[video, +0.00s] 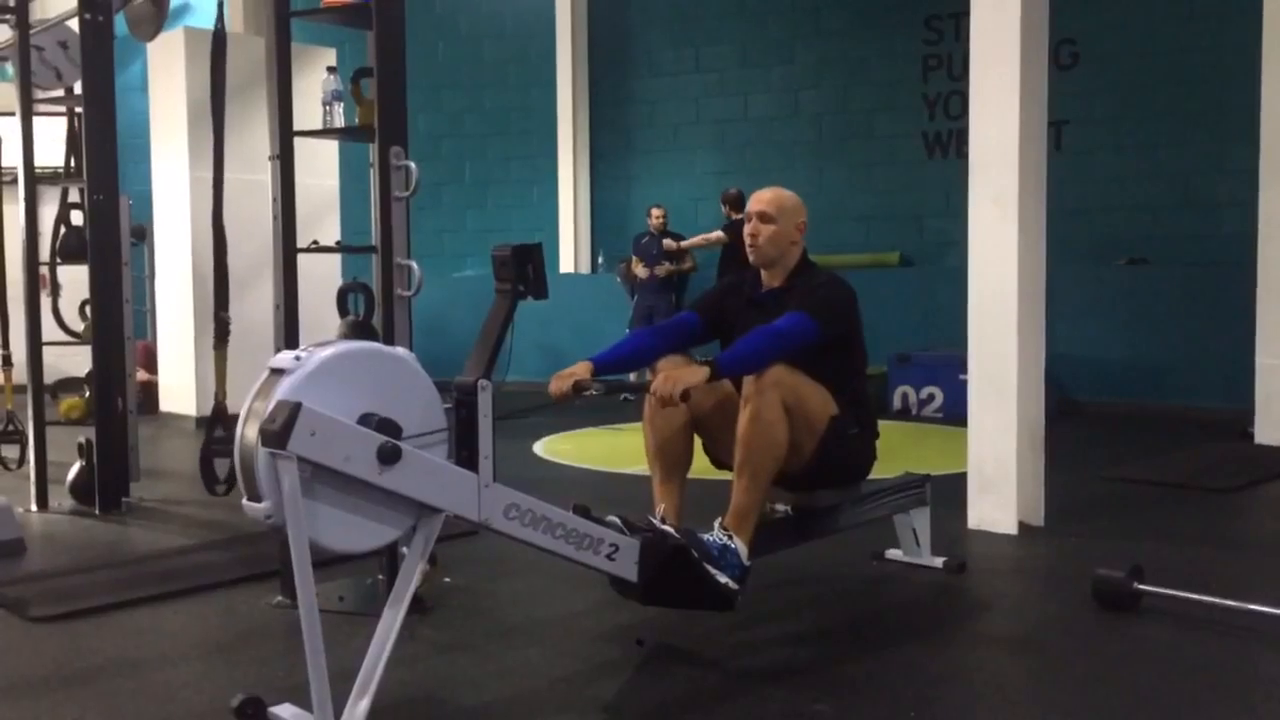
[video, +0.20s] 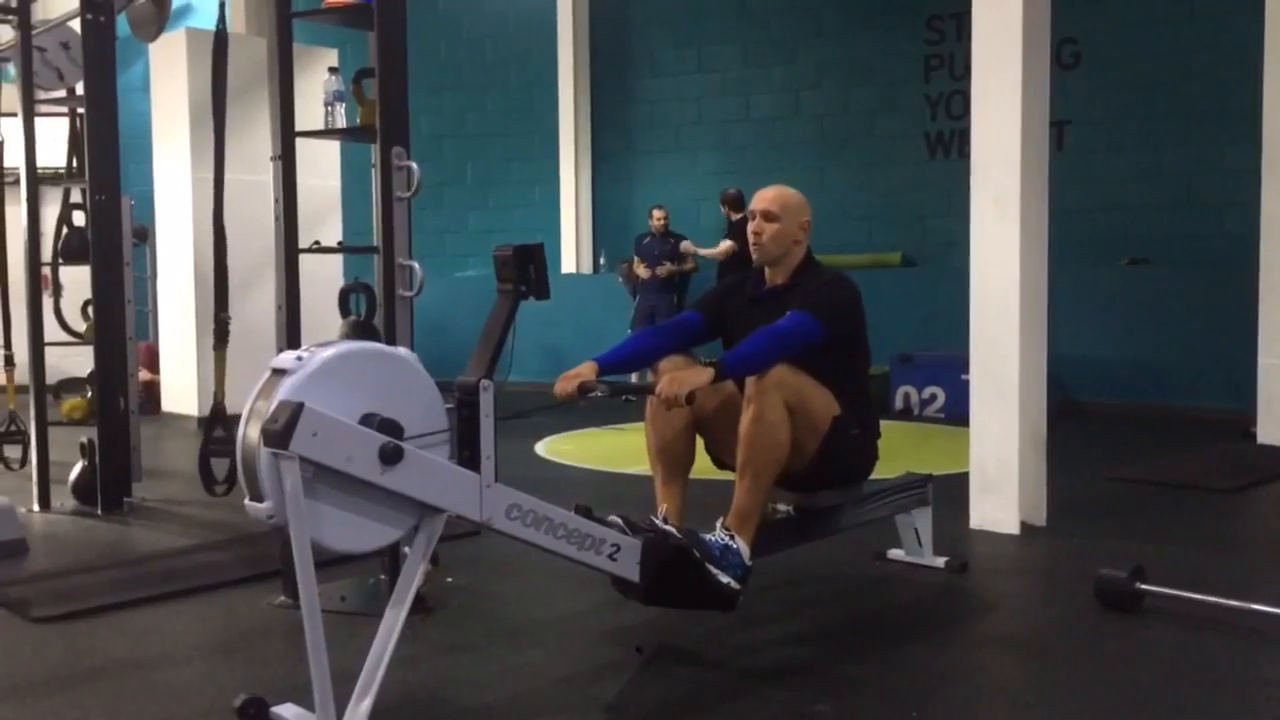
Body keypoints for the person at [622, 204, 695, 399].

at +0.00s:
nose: (661, 221)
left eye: (663, 217)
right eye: (657, 218)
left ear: (667, 219)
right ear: (649, 220)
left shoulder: (676, 239)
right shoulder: (640, 240)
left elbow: (690, 264)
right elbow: (634, 263)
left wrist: (671, 269)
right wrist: (638, 270)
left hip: (666, 298)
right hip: (643, 298)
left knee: (665, 338)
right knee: (637, 337)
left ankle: (662, 384)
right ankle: (633, 383)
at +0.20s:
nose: (663, 223)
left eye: (665, 219)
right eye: (658, 220)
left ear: (668, 219)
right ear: (650, 222)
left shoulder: (679, 240)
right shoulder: (641, 240)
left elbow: (692, 265)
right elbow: (636, 264)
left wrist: (672, 269)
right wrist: (639, 270)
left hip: (667, 297)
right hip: (645, 296)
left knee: (665, 335)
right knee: (639, 334)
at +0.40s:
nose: (663, 218)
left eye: (665, 214)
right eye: (659, 215)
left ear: (669, 216)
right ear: (651, 217)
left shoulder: (681, 239)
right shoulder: (642, 239)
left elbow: (693, 263)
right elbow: (637, 262)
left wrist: (674, 267)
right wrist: (641, 269)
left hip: (669, 296)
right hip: (646, 295)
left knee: (668, 337)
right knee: (639, 336)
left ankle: (667, 385)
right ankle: (635, 384)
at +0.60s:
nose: (669, 209)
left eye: (672, 205)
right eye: (665, 206)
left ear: (675, 207)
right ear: (657, 209)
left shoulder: (686, 229)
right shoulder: (649, 228)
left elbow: (699, 252)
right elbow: (643, 251)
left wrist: (679, 257)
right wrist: (647, 258)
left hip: (674, 285)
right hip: (653, 284)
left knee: (674, 327)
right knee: (644, 325)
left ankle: (676, 372)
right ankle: (641, 370)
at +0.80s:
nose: (677, 192)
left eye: (679, 188)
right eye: (673, 189)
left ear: (683, 191)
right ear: (665, 192)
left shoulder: (694, 213)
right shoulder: (655, 213)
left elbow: (706, 237)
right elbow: (650, 237)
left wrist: (687, 242)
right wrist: (654, 243)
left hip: (682, 269)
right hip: (659, 269)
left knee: (680, 312)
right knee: (652, 310)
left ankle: (676, 355)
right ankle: (648, 355)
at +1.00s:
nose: (678, 185)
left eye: (680, 181)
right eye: (673, 182)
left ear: (684, 183)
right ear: (666, 185)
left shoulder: (695, 206)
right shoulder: (656, 206)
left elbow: (705, 231)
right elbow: (651, 229)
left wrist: (688, 234)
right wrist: (654, 236)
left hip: (683, 263)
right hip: (660, 263)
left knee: (679, 308)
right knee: (654, 306)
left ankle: (673, 351)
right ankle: (648, 350)